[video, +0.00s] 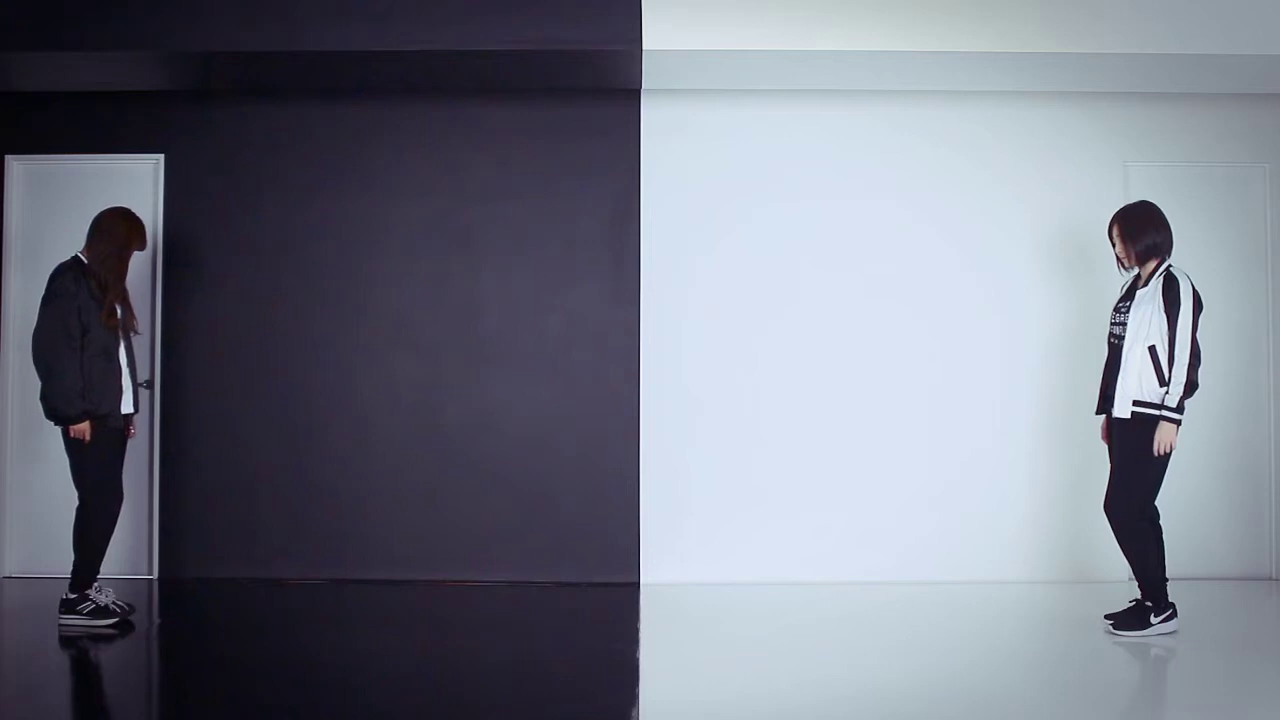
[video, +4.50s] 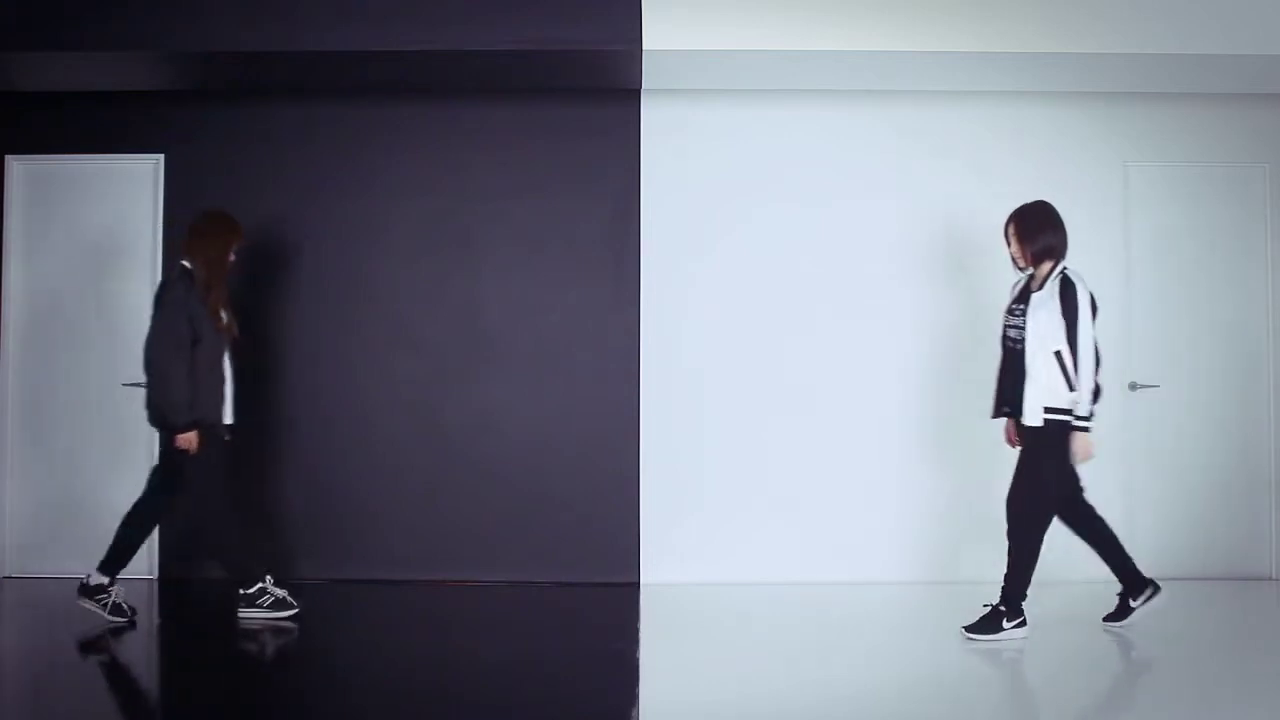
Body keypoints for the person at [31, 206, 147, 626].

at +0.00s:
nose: (130, 260)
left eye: (132, 252)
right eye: (128, 251)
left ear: (106, 241)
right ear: (112, 245)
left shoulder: (107, 284)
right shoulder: (69, 278)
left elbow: (117, 354)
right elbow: (52, 348)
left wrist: (127, 409)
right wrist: (73, 412)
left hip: (111, 415)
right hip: (86, 416)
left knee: (108, 499)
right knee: (98, 500)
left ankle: (87, 589)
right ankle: (78, 596)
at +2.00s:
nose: (134, 259)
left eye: (137, 251)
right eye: (132, 250)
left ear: (110, 241)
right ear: (115, 244)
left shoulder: (110, 283)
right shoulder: (72, 278)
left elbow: (120, 354)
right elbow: (56, 349)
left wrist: (130, 410)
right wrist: (76, 412)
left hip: (112, 416)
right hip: (87, 417)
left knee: (108, 499)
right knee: (100, 501)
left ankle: (86, 590)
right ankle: (78, 597)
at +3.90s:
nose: (156, 256)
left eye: (157, 247)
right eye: (153, 247)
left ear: (129, 240)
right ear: (136, 242)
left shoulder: (132, 285)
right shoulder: (96, 279)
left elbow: (135, 358)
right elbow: (80, 350)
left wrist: (145, 414)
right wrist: (98, 413)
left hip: (128, 414)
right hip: (111, 415)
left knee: (104, 503)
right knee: (156, 489)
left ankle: (87, 592)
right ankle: (107, 576)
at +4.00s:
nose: (162, 255)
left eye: (164, 247)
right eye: (160, 246)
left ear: (136, 240)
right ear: (142, 242)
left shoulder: (132, 282)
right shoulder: (103, 278)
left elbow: (135, 347)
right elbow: (85, 348)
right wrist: (104, 412)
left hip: (136, 415)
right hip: (122, 417)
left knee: (105, 508)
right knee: (173, 481)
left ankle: (86, 593)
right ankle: (151, 573)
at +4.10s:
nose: (173, 255)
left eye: (175, 246)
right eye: (169, 245)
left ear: (152, 244)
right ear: (149, 242)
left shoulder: (155, 285)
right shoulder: (113, 280)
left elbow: (164, 355)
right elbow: (94, 350)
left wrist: (176, 411)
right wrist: (112, 414)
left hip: (148, 418)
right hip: (133, 419)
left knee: (107, 511)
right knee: (182, 487)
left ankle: (86, 593)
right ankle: (195, 576)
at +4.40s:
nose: (214, 263)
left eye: (215, 254)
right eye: (210, 254)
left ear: (188, 250)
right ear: (190, 250)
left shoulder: (185, 294)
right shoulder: (158, 290)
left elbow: (185, 364)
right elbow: (143, 361)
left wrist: (193, 424)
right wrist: (156, 425)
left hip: (180, 427)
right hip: (171, 429)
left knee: (130, 512)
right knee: (205, 511)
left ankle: (89, 590)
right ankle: (244, 587)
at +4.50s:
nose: (233, 260)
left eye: (234, 251)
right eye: (229, 251)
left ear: (204, 248)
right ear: (210, 249)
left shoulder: (209, 290)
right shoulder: (179, 290)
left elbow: (213, 359)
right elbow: (166, 359)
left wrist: (225, 418)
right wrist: (180, 422)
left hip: (213, 421)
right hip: (192, 423)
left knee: (154, 503)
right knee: (226, 506)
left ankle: (100, 582)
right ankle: (251, 590)